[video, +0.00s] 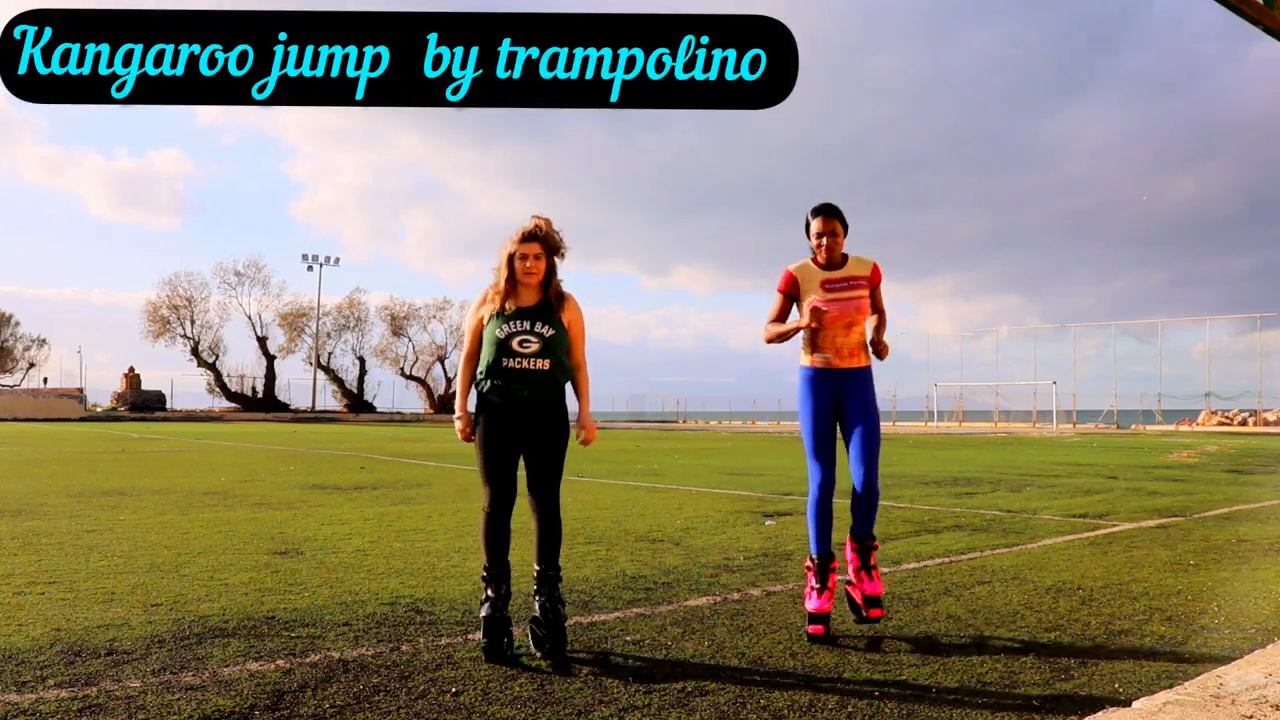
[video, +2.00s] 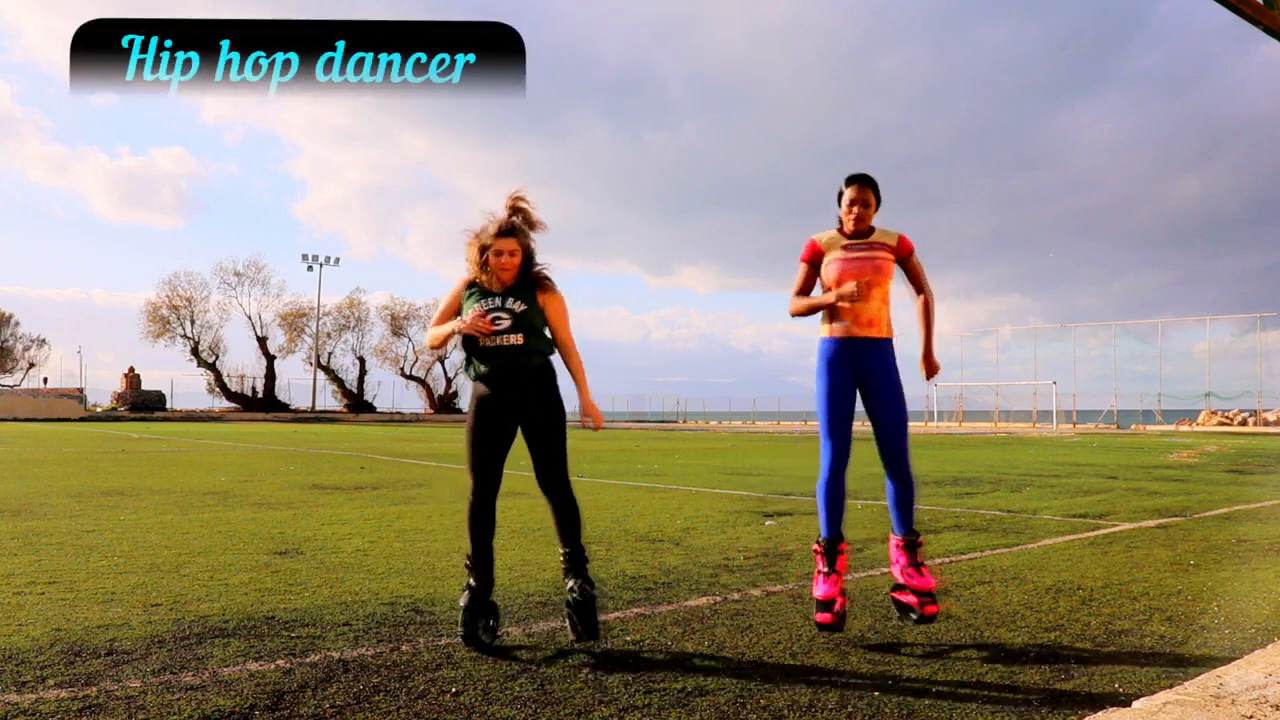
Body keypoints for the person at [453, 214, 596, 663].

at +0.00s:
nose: (531, 263)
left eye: (539, 257)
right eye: (524, 256)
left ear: (549, 262)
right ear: (511, 259)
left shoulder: (565, 306)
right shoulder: (489, 302)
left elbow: (577, 362)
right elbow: (468, 357)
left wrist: (585, 410)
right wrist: (461, 408)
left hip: (547, 415)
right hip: (496, 414)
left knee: (545, 503)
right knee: (497, 502)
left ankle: (548, 595)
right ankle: (494, 597)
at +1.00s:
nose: (555, 250)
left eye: (565, 246)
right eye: (549, 242)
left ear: (576, 254)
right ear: (537, 245)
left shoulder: (584, 297)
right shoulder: (511, 281)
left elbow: (609, 342)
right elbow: (477, 330)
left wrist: (612, 356)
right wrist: (451, 378)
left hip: (545, 402)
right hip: (495, 397)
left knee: (546, 493)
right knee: (487, 485)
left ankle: (548, 592)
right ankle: (475, 587)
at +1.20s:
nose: (562, 279)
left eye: (571, 272)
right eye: (556, 270)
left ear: (584, 279)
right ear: (544, 273)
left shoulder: (592, 325)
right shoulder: (522, 308)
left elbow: (616, 383)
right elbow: (483, 353)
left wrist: (621, 355)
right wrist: (446, 398)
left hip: (556, 425)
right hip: (505, 414)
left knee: (551, 514)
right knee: (464, 493)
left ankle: (540, 608)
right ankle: (413, 586)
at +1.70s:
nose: (564, 283)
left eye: (571, 277)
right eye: (557, 276)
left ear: (582, 284)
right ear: (545, 282)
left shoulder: (591, 333)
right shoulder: (521, 316)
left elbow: (607, 386)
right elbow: (482, 364)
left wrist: (622, 393)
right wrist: (445, 410)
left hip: (551, 429)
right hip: (502, 418)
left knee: (545, 515)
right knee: (449, 491)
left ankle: (539, 605)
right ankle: (390, 572)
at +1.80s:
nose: (544, 282)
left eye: (553, 276)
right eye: (538, 274)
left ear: (566, 283)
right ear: (527, 280)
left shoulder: (577, 329)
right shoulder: (506, 316)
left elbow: (582, 380)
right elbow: (476, 366)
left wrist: (578, 426)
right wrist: (477, 401)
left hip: (548, 430)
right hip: (498, 422)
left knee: (543, 516)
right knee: (455, 498)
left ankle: (539, 606)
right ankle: (428, 586)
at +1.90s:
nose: (526, 267)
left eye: (534, 260)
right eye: (519, 260)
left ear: (547, 263)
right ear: (508, 263)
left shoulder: (564, 309)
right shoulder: (492, 298)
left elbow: (574, 364)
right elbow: (462, 345)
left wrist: (571, 413)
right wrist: (484, 355)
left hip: (545, 413)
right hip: (496, 407)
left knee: (545, 500)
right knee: (468, 489)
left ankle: (546, 595)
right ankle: (454, 586)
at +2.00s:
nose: (504, 260)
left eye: (512, 253)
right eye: (497, 253)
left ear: (524, 258)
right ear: (485, 257)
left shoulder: (542, 292)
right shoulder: (468, 290)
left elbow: (565, 344)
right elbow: (431, 340)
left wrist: (585, 398)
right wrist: (458, 325)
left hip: (540, 397)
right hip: (491, 398)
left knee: (556, 484)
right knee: (482, 490)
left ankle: (577, 578)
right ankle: (480, 585)